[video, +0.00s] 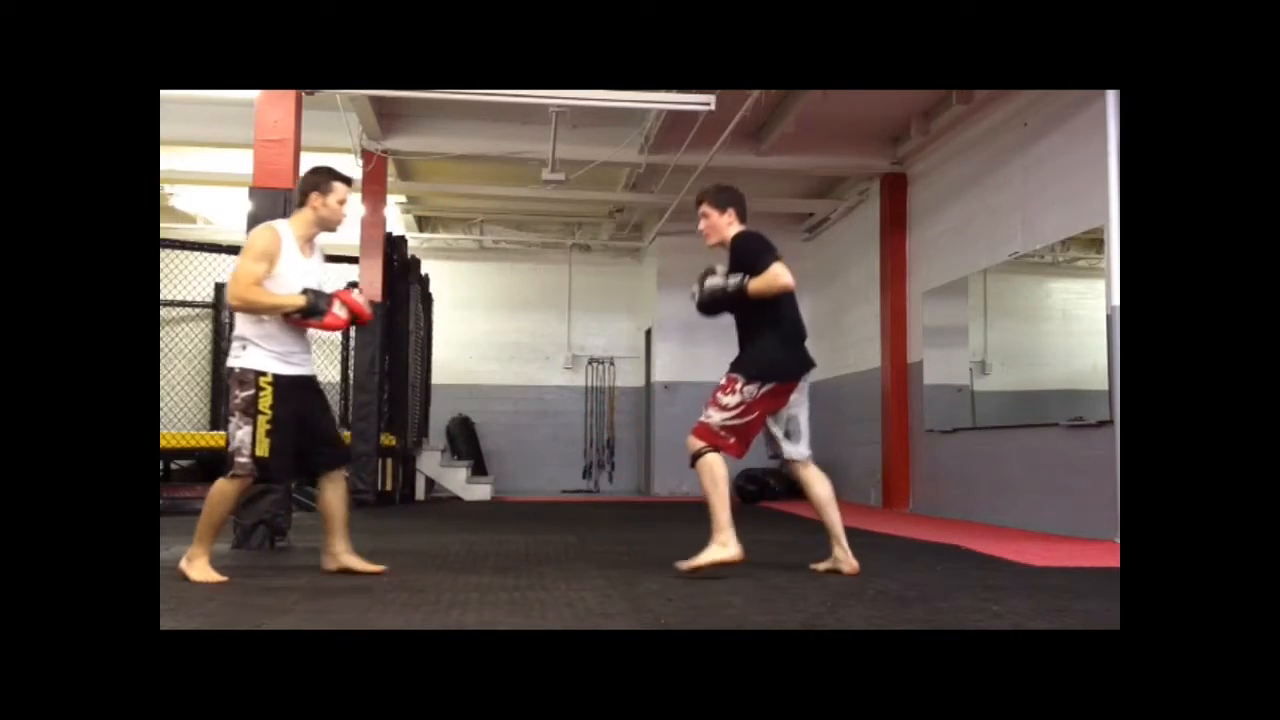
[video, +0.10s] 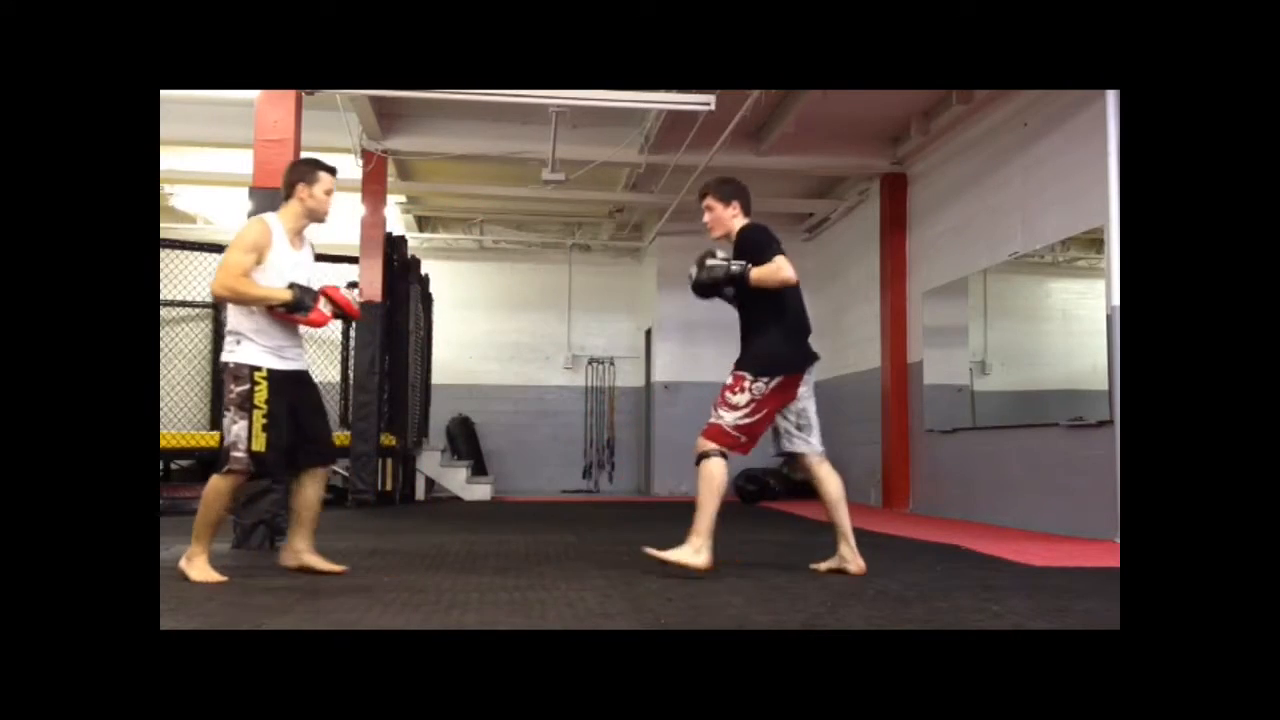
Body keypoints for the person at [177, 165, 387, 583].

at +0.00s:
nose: (345, 212)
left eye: (346, 204)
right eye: (341, 203)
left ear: (319, 203)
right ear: (315, 200)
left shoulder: (314, 252)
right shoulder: (267, 236)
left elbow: (295, 309)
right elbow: (239, 294)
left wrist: (336, 308)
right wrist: (305, 302)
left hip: (298, 372)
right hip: (256, 368)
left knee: (332, 461)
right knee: (246, 468)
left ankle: (337, 551)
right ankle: (196, 555)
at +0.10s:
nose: (331, 201)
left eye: (332, 194)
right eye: (327, 192)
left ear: (307, 194)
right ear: (300, 190)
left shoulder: (303, 245)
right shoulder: (260, 229)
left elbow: (286, 303)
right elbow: (224, 284)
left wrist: (326, 303)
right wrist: (288, 297)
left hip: (291, 365)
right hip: (249, 363)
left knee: (317, 456)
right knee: (240, 462)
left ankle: (299, 548)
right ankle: (195, 555)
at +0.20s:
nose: (324, 195)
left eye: (325, 187)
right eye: (319, 186)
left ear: (299, 188)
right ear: (292, 185)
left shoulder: (299, 239)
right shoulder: (254, 225)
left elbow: (286, 295)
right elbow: (217, 278)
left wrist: (321, 294)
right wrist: (282, 291)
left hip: (288, 363)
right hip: (247, 360)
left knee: (303, 458)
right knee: (234, 459)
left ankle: (264, 545)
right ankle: (195, 555)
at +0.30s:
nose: (323, 195)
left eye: (323, 187)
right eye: (317, 186)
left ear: (297, 189)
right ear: (291, 187)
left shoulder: (300, 242)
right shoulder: (251, 227)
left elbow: (289, 294)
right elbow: (214, 281)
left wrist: (324, 295)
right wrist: (279, 292)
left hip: (287, 365)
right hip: (247, 361)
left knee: (286, 465)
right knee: (231, 462)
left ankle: (254, 553)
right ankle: (196, 556)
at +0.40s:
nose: (325, 196)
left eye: (326, 189)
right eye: (320, 187)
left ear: (300, 192)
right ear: (293, 188)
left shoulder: (303, 244)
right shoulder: (253, 229)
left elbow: (292, 295)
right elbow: (215, 284)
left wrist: (322, 297)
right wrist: (279, 295)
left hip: (287, 363)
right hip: (248, 359)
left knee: (280, 464)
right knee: (242, 461)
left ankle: (254, 553)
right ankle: (199, 552)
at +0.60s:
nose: (334, 197)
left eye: (335, 190)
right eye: (329, 189)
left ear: (307, 192)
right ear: (302, 189)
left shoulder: (316, 247)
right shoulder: (258, 229)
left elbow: (305, 305)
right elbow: (212, 277)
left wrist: (325, 301)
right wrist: (274, 296)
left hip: (290, 358)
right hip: (254, 354)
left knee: (284, 460)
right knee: (264, 457)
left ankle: (254, 550)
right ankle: (227, 547)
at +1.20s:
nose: (382, 204)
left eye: (382, 196)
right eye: (375, 195)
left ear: (357, 199)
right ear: (348, 197)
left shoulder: (358, 252)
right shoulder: (313, 240)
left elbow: (349, 302)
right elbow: (279, 291)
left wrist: (373, 310)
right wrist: (341, 310)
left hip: (348, 372)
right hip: (309, 369)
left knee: (377, 461)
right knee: (295, 466)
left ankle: (392, 554)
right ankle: (244, 559)